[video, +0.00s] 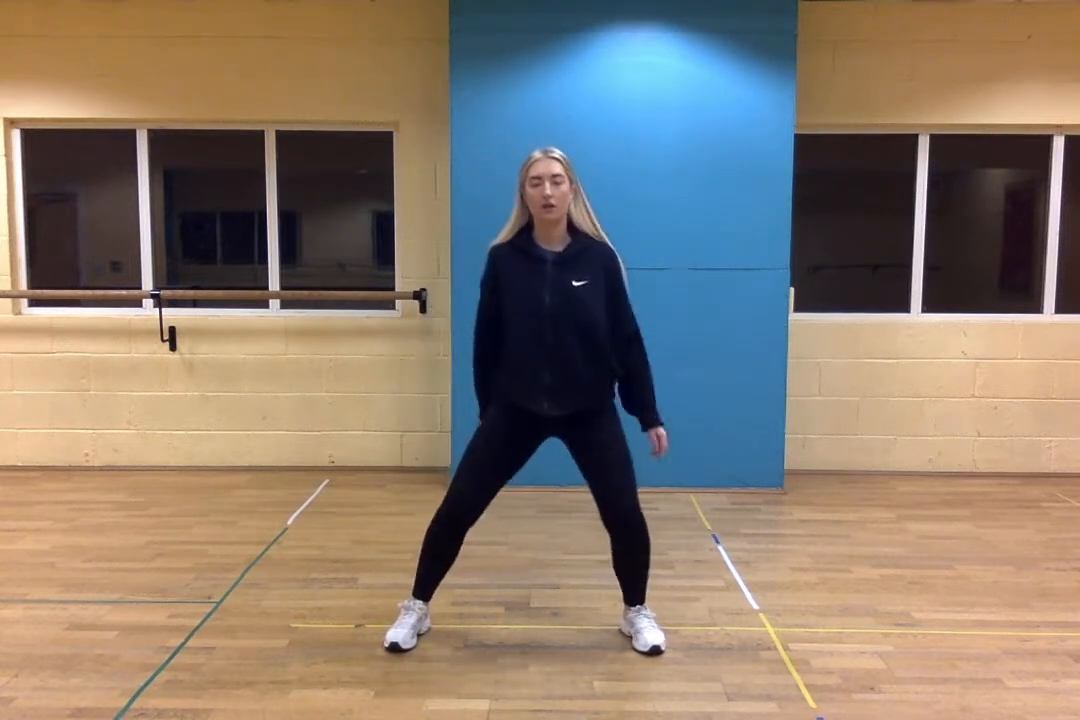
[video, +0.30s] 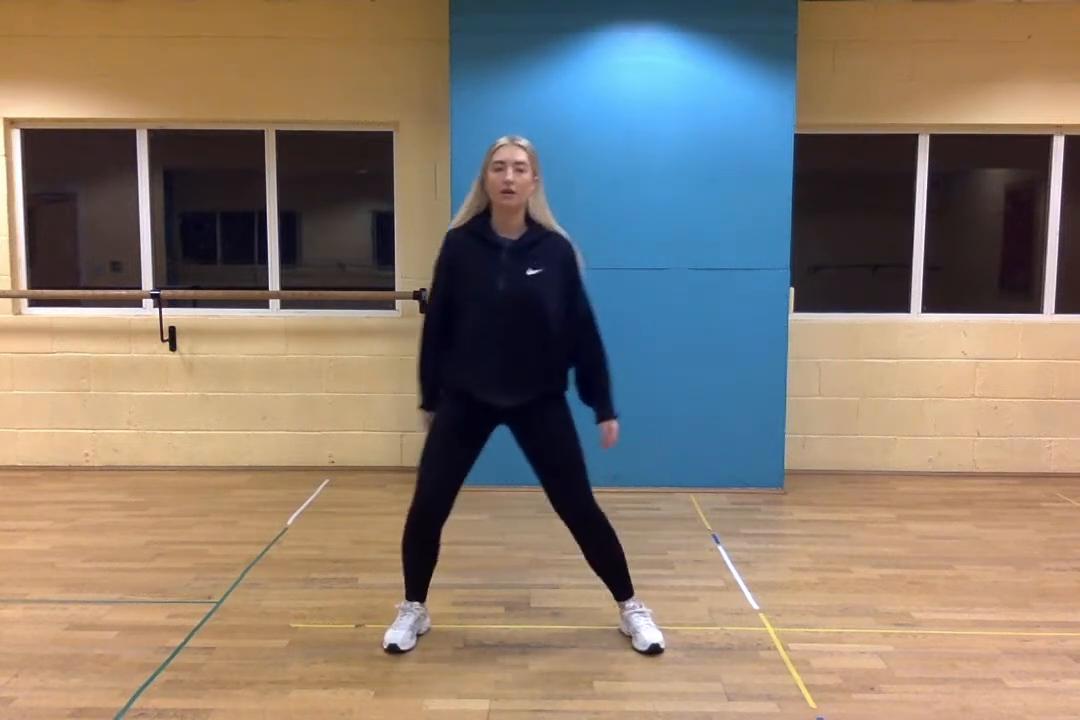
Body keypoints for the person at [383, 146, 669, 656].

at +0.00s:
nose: (547, 190)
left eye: (556, 181)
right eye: (537, 183)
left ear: (572, 189)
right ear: (524, 194)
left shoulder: (599, 256)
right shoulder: (504, 257)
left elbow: (626, 336)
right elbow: (487, 335)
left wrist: (648, 415)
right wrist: (488, 405)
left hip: (588, 407)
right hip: (517, 407)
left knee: (625, 514)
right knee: (458, 505)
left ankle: (637, 611)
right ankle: (416, 607)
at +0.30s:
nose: (509, 176)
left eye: (519, 168)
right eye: (500, 168)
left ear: (534, 180)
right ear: (485, 179)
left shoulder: (555, 247)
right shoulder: (460, 243)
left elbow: (582, 328)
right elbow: (436, 319)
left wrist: (603, 406)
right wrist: (431, 398)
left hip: (538, 397)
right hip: (467, 396)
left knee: (577, 507)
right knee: (427, 505)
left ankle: (631, 607)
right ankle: (413, 608)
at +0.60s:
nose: (519, 174)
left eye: (528, 165)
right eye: (508, 166)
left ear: (541, 175)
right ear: (492, 177)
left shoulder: (564, 242)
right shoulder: (469, 241)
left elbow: (582, 320)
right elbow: (441, 317)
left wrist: (581, 393)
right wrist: (430, 394)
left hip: (553, 393)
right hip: (483, 394)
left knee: (593, 500)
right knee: (445, 504)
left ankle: (633, 607)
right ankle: (414, 607)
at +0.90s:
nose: (550, 193)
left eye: (558, 183)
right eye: (538, 185)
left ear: (574, 192)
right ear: (525, 197)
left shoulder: (602, 258)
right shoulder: (505, 261)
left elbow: (630, 339)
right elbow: (485, 337)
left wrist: (647, 416)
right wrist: (486, 406)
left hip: (590, 412)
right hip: (517, 411)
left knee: (630, 516)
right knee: (459, 510)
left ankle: (637, 611)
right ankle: (416, 607)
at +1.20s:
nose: (511, 177)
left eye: (521, 168)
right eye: (501, 168)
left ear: (536, 177)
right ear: (486, 177)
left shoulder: (558, 246)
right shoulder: (463, 238)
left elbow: (589, 327)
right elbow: (439, 311)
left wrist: (610, 406)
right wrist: (439, 379)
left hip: (535, 395)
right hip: (466, 391)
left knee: (577, 505)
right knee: (423, 504)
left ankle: (632, 606)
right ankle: (411, 607)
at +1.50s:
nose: (517, 183)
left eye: (526, 173)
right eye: (506, 174)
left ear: (539, 182)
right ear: (490, 184)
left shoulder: (562, 248)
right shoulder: (466, 248)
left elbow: (581, 327)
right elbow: (439, 324)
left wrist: (583, 400)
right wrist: (433, 404)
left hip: (554, 400)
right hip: (482, 401)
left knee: (594, 506)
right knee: (437, 509)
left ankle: (633, 608)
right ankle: (412, 608)